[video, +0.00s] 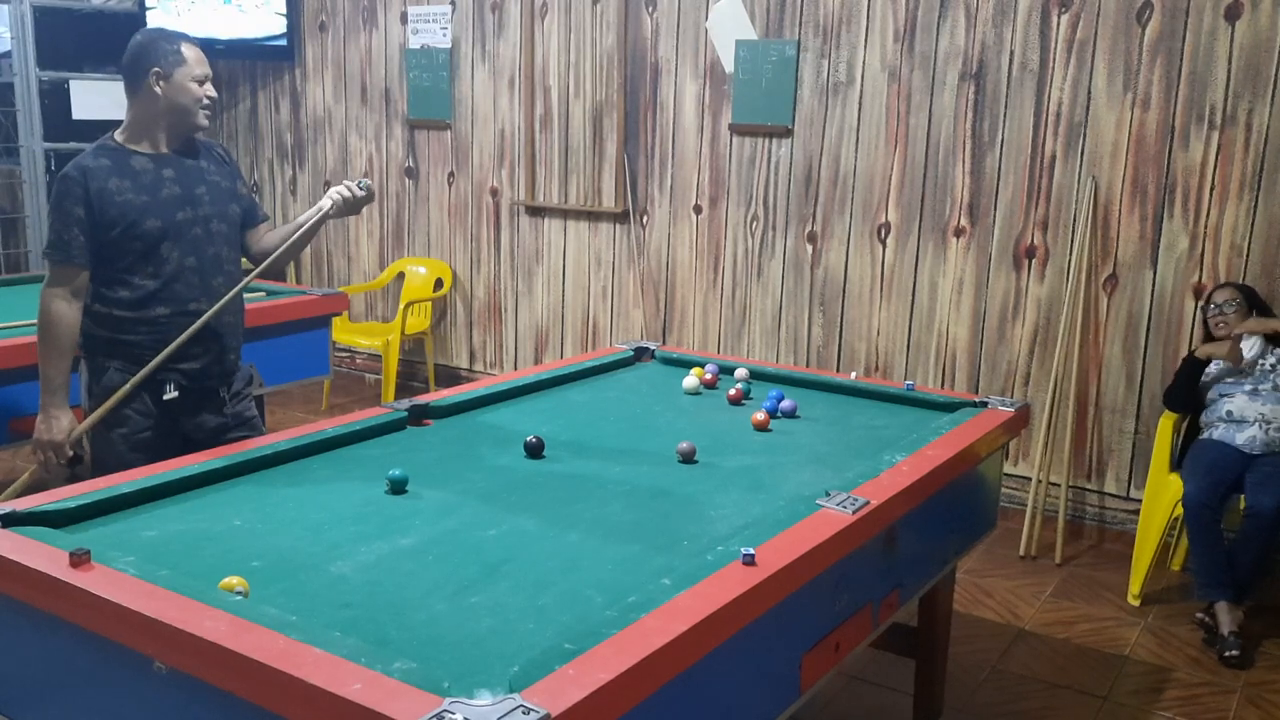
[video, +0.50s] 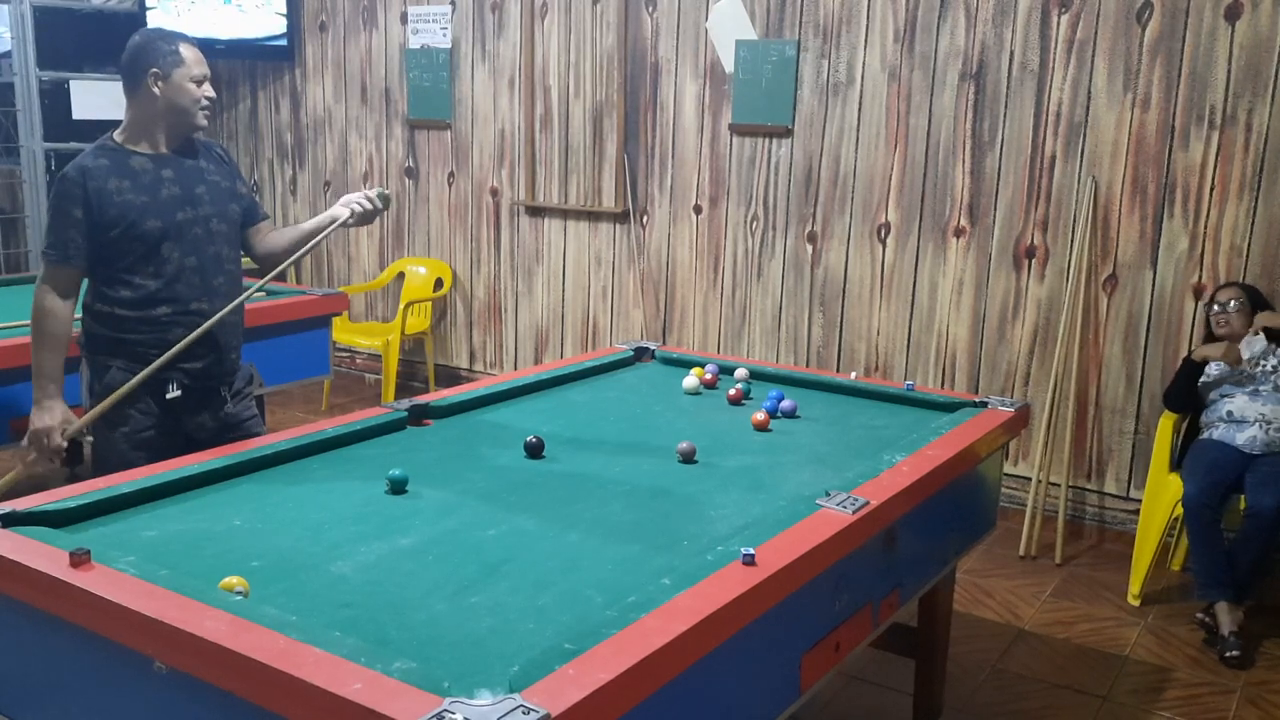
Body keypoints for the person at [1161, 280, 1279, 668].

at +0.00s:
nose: (1221, 313)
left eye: (1231, 306)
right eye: (1212, 309)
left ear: (1254, 313)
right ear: (1206, 320)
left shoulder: (1272, 348)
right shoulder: (1206, 361)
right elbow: (1175, 403)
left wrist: (1264, 326)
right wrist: (1200, 354)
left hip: (1271, 446)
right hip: (1221, 440)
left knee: (1267, 511)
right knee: (1196, 498)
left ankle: (1220, 604)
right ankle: (1226, 611)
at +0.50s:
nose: (1221, 313)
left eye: (1232, 306)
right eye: (1214, 308)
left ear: (1256, 317)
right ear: (1209, 318)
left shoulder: (1270, 351)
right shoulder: (1205, 361)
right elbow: (1175, 404)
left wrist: (1273, 328)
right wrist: (1196, 357)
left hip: (1270, 446)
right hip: (1220, 440)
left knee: (1267, 510)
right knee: (1196, 498)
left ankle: (1220, 604)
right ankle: (1226, 611)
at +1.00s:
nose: (1218, 313)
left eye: (1229, 305)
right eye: (1213, 310)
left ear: (1257, 315)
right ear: (1209, 321)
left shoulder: (1273, 349)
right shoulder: (1206, 357)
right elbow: (1176, 405)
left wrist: (1272, 338)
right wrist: (1190, 353)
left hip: (1270, 448)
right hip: (1219, 442)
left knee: (1267, 511)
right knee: (1196, 498)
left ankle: (1220, 604)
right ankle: (1225, 611)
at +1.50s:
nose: (1229, 315)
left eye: (1238, 308)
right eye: (1220, 309)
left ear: (1258, 316)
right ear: (1210, 318)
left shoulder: (1273, 348)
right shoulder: (1203, 359)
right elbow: (1176, 405)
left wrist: (1277, 333)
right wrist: (1184, 355)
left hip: (1270, 448)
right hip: (1219, 443)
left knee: (1267, 510)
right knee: (1196, 498)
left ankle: (1221, 603)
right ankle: (1225, 610)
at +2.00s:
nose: (1237, 318)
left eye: (1248, 312)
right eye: (1230, 311)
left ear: (1264, 319)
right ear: (1218, 318)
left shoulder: (1276, 354)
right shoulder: (1207, 358)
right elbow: (1175, 405)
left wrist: (1274, 381)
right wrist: (1190, 356)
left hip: (1270, 449)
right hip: (1220, 442)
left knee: (1267, 510)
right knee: (1197, 498)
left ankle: (1221, 603)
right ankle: (1225, 610)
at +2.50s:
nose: (1240, 317)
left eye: (1251, 311)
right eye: (1232, 310)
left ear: (1266, 320)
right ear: (1220, 318)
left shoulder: (1275, 354)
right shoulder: (1210, 357)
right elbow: (1176, 405)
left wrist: (1274, 364)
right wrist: (1195, 357)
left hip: (1271, 449)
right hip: (1220, 442)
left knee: (1267, 511)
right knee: (1196, 499)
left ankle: (1222, 604)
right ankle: (1226, 610)